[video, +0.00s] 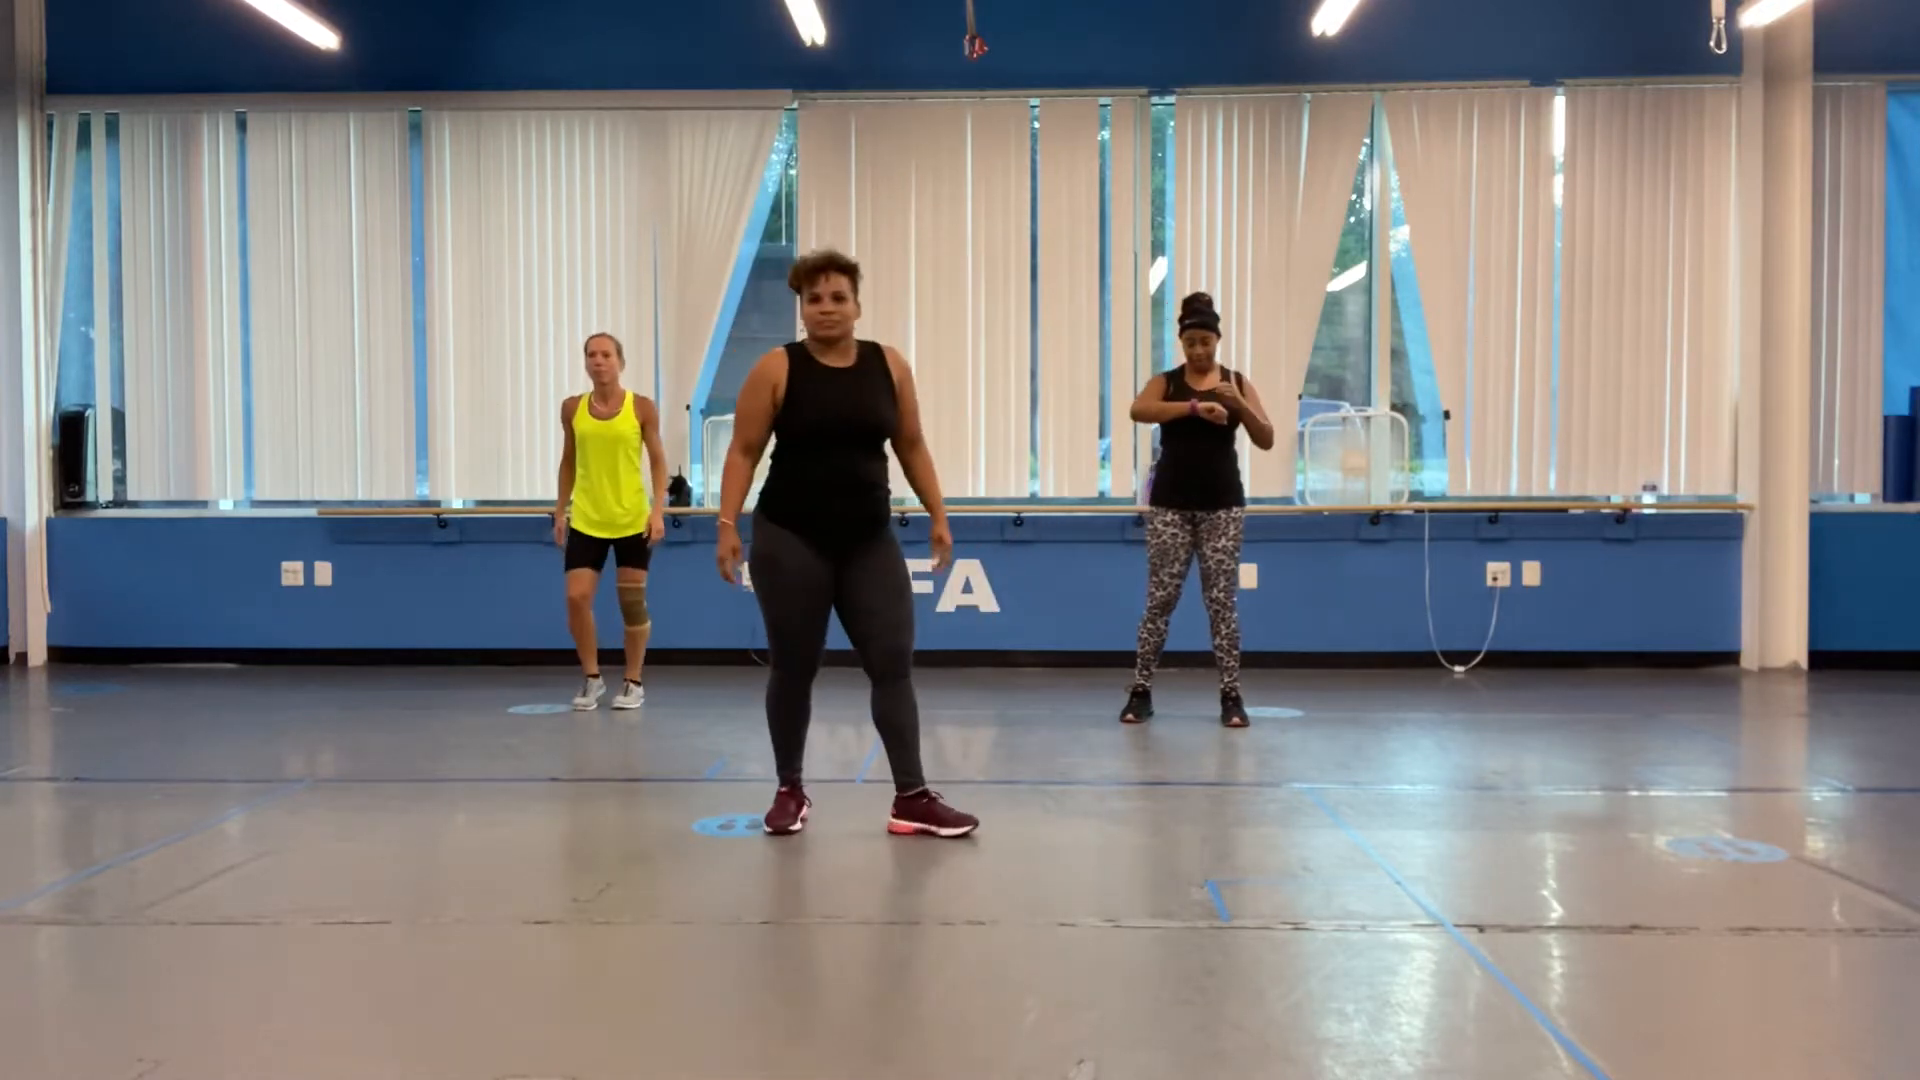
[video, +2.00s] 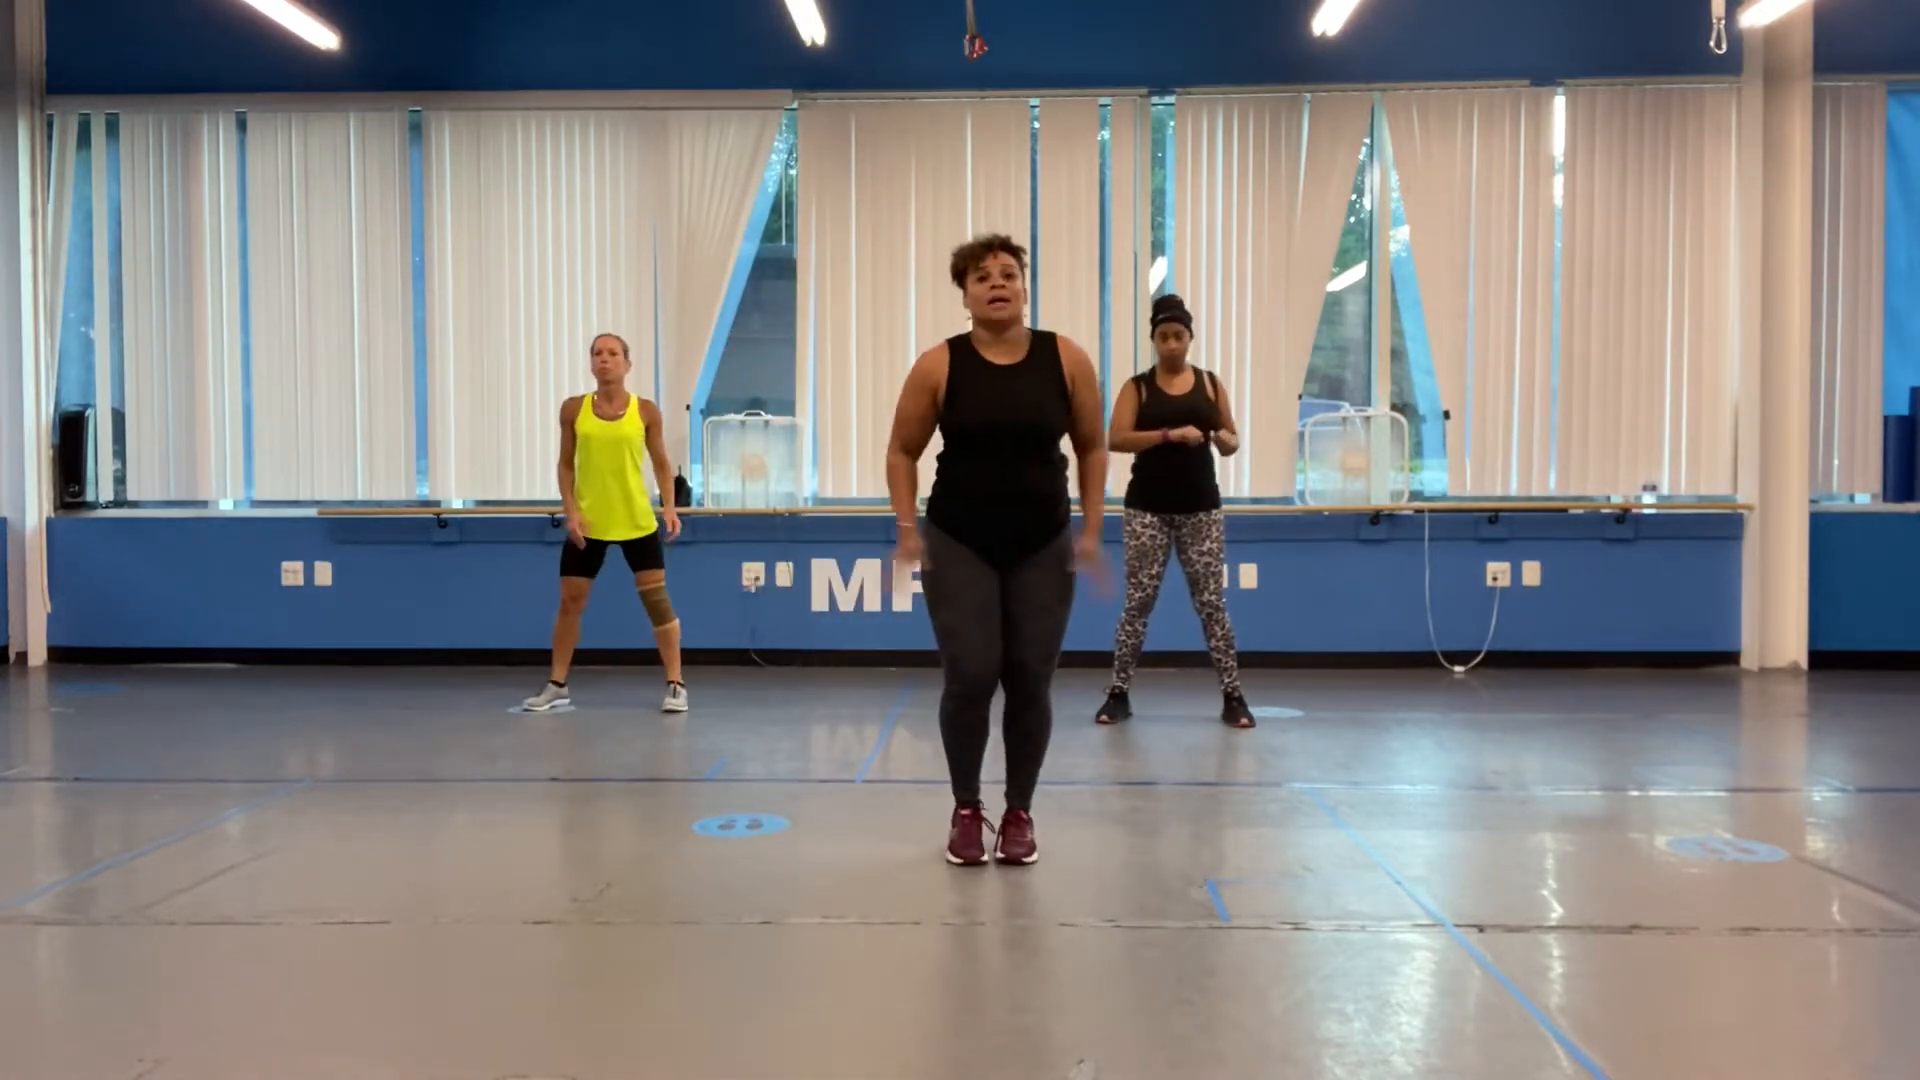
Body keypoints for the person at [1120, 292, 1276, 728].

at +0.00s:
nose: (1198, 349)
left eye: (1205, 341)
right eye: (1191, 341)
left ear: (1217, 341)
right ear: (1181, 342)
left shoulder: (1237, 384)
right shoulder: (1164, 382)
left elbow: (1266, 440)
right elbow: (1139, 411)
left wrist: (1240, 406)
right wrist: (1191, 408)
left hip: (1222, 508)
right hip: (1170, 507)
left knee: (1221, 601)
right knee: (1160, 599)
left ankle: (1231, 696)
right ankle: (1140, 691)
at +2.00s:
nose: (1172, 342)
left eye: (1179, 335)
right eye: (1164, 336)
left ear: (1190, 339)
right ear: (1154, 340)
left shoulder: (1209, 384)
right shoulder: (1135, 388)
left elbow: (1230, 444)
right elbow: (1117, 439)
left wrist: (1220, 435)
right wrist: (1166, 435)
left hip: (1200, 510)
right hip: (1147, 510)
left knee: (1211, 604)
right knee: (1138, 602)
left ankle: (1232, 695)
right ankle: (1118, 693)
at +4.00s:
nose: (1067, 363)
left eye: (1075, 356)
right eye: (1059, 356)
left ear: (1085, 365)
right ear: (1047, 363)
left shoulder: (1103, 414)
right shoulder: (1028, 417)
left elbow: (1145, 462)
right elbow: (1005, 479)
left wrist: (1194, 498)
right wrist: (1055, 473)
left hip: (1106, 528)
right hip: (1051, 532)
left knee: (1121, 613)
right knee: (1039, 612)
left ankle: (1160, 656)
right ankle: (1028, 695)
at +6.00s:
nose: (1194, 360)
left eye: (1201, 352)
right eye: (1186, 354)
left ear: (1216, 355)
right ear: (1178, 361)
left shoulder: (1243, 403)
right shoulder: (1166, 415)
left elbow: (1279, 460)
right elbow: (1160, 486)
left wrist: (1315, 508)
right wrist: (1185, 531)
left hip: (1240, 524)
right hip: (1184, 524)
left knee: (1254, 610)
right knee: (1156, 606)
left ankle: (1283, 702)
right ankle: (1136, 689)